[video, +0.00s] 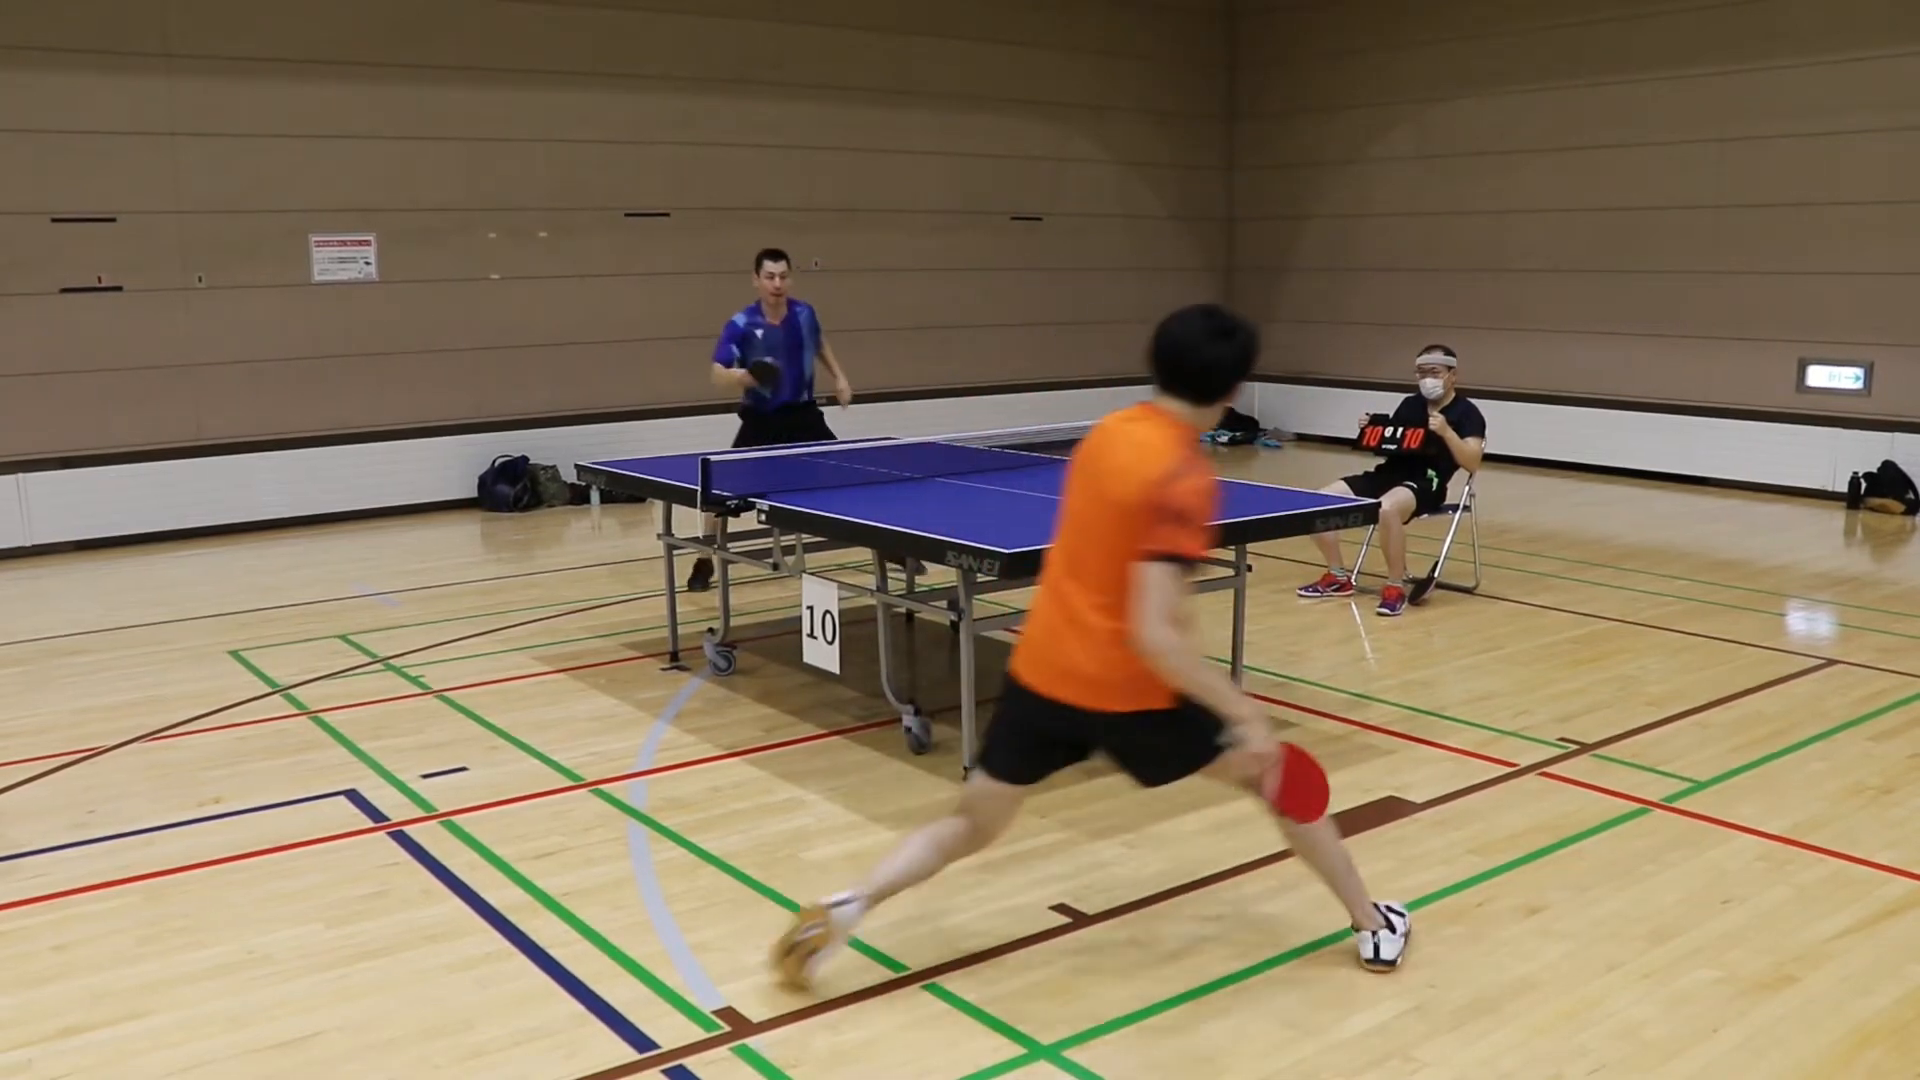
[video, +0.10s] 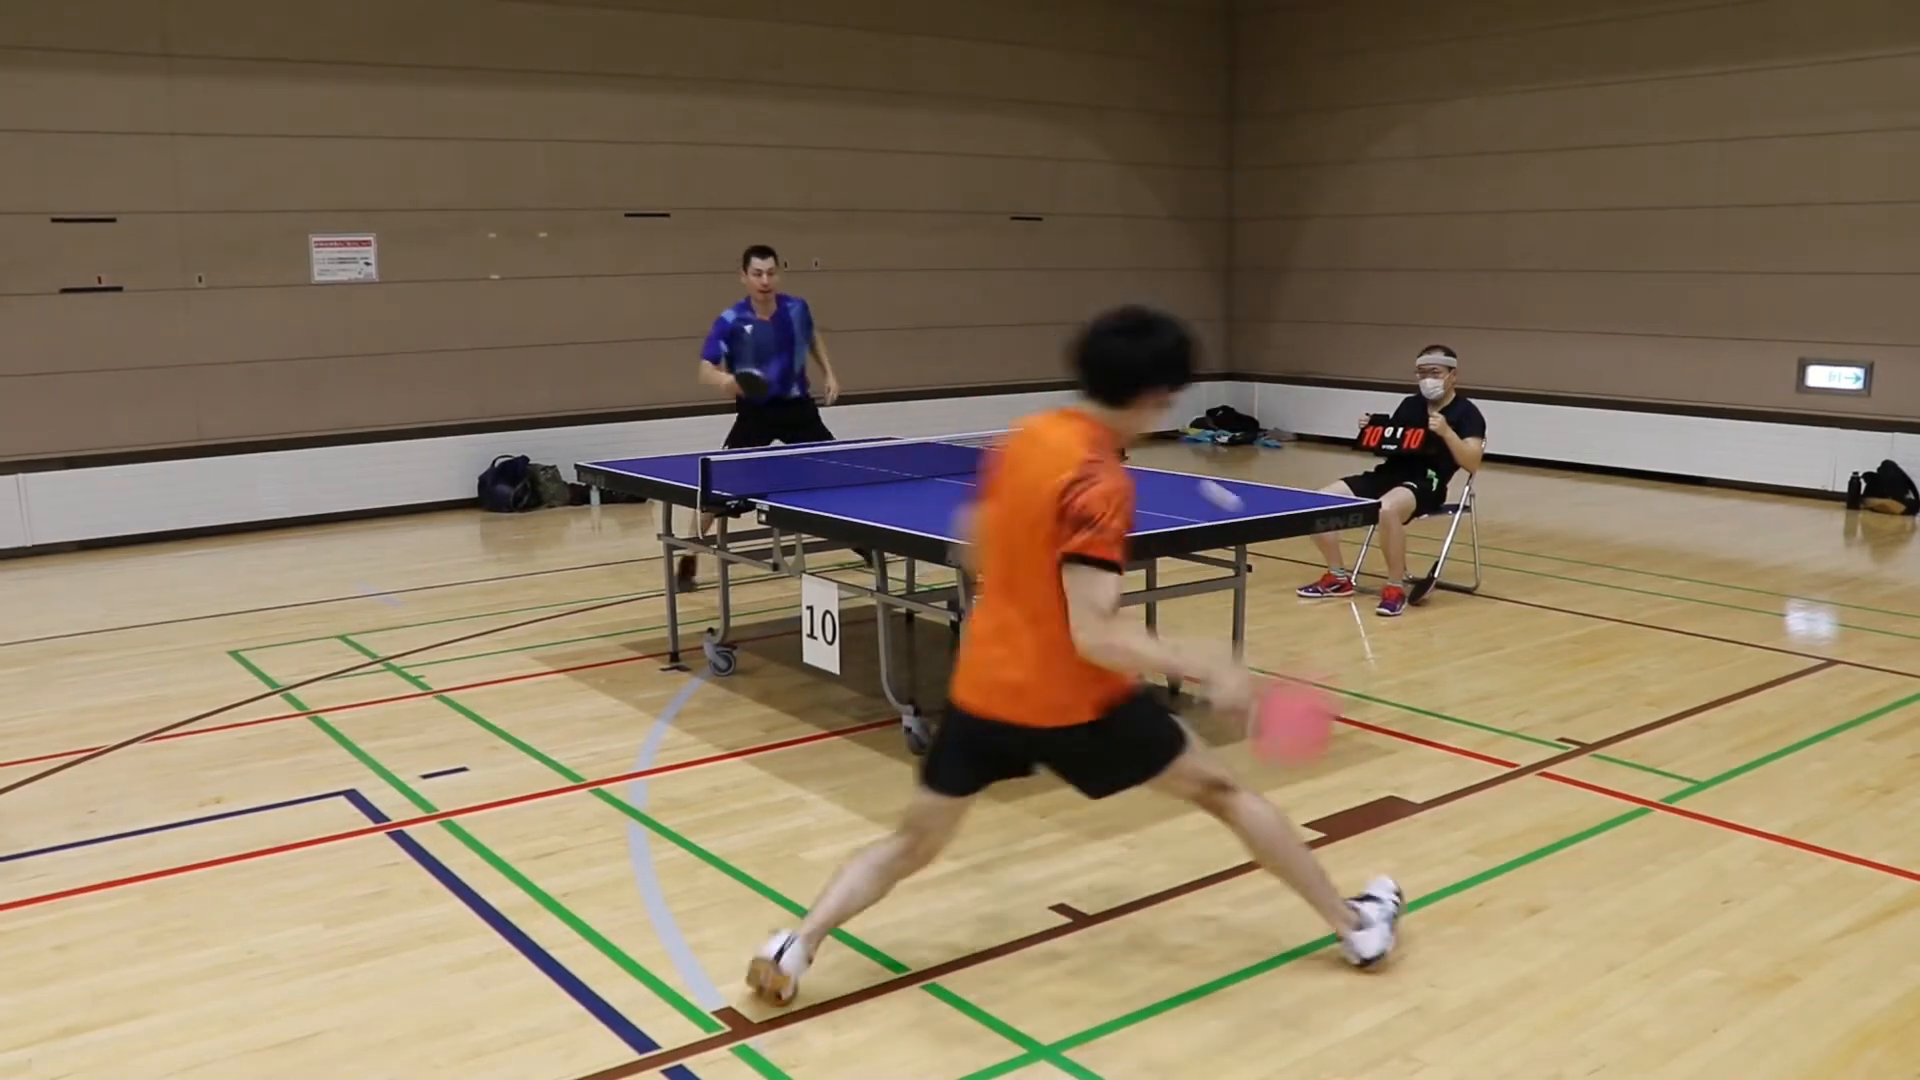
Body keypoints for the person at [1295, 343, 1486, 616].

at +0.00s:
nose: (1428, 378)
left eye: (1436, 372)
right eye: (1422, 372)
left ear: (1453, 377)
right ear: (1417, 375)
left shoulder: (1467, 414)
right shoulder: (1411, 404)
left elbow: (1472, 463)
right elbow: (1393, 438)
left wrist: (1447, 433)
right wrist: (1373, 426)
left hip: (1427, 481)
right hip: (1391, 473)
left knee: (1388, 509)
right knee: (1320, 502)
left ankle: (1394, 587)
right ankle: (1337, 576)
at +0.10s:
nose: (1428, 379)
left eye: (1436, 373)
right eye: (1423, 372)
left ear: (1453, 377)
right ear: (1417, 376)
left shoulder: (1467, 414)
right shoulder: (1411, 404)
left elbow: (1472, 463)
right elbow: (1393, 439)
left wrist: (1447, 433)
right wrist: (1372, 426)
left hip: (1427, 481)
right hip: (1391, 473)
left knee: (1388, 509)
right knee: (1320, 502)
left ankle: (1395, 588)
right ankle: (1337, 576)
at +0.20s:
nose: (1428, 379)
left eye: (1436, 372)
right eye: (1423, 372)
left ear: (1453, 377)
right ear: (1417, 376)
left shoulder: (1467, 414)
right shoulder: (1411, 404)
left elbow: (1472, 463)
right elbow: (1393, 439)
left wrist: (1447, 433)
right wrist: (1372, 426)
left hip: (1427, 481)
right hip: (1391, 473)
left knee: (1388, 510)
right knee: (1319, 503)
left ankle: (1394, 588)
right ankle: (1337, 576)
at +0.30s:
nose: (1428, 379)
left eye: (1435, 372)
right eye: (1422, 372)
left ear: (1452, 377)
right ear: (1416, 376)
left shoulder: (1467, 414)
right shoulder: (1411, 404)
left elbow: (1472, 463)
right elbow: (1393, 439)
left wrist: (1447, 433)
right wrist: (1372, 426)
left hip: (1427, 481)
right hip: (1391, 473)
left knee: (1388, 509)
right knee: (1319, 503)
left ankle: (1394, 588)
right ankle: (1337, 576)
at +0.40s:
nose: (1425, 379)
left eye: (1433, 373)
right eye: (1420, 373)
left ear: (1451, 377)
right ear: (1415, 375)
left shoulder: (1467, 414)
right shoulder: (1411, 404)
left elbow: (1472, 463)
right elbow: (1393, 439)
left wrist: (1447, 433)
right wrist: (1372, 426)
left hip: (1427, 482)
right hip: (1391, 473)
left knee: (1388, 510)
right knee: (1319, 503)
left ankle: (1394, 588)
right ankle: (1337, 576)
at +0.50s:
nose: (1422, 379)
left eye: (1430, 373)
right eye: (1418, 373)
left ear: (1449, 377)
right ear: (1414, 374)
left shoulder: (1467, 414)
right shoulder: (1411, 404)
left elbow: (1472, 463)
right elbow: (1394, 438)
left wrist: (1447, 433)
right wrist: (1373, 426)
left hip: (1427, 482)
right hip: (1391, 473)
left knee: (1388, 509)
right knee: (1320, 502)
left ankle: (1395, 588)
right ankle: (1337, 576)